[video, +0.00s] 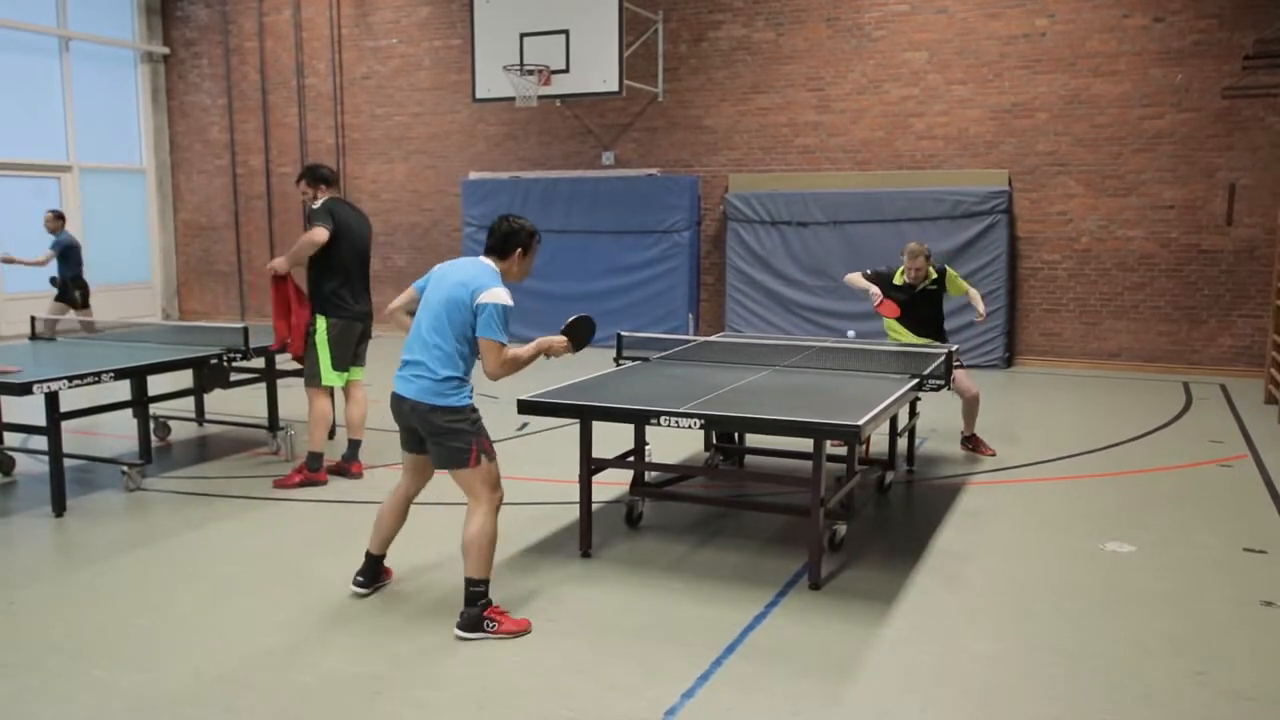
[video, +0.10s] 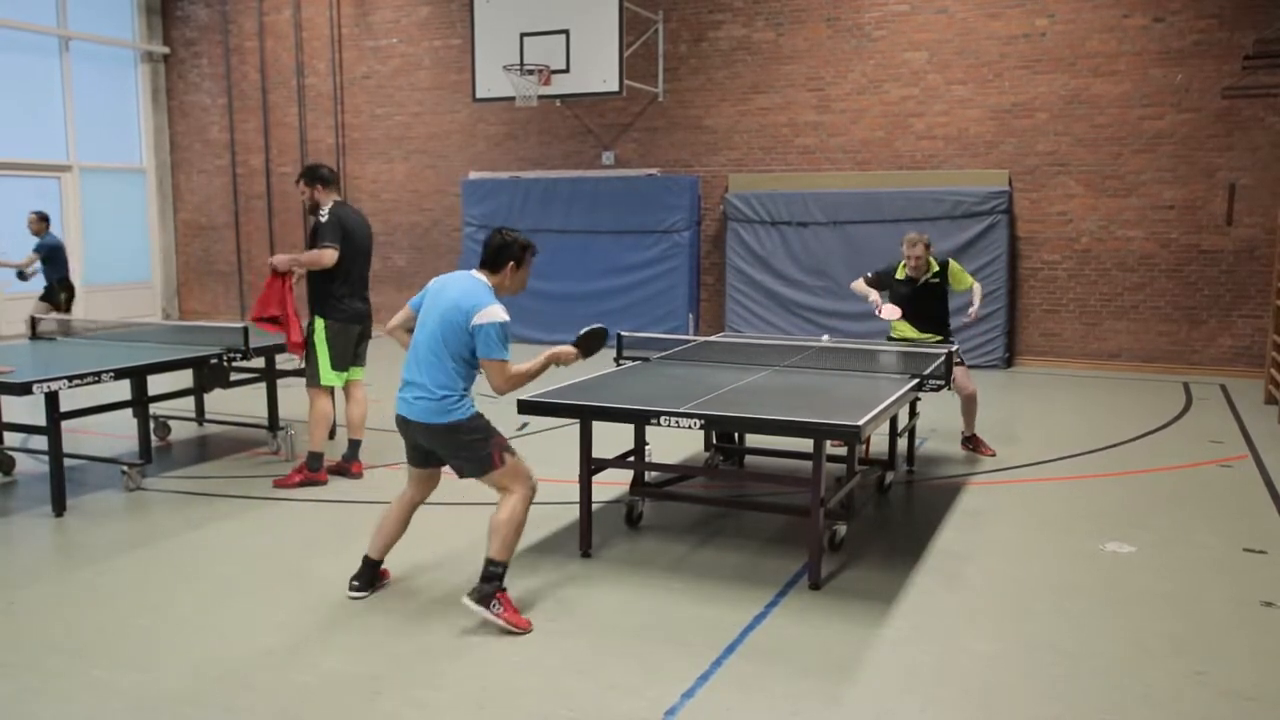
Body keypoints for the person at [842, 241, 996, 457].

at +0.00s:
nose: (913, 274)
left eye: (918, 269)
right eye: (909, 269)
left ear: (928, 265)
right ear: (903, 264)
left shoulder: (941, 275)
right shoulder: (889, 277)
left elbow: (969, 291)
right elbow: (849, 278)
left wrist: (980, 308)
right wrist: (870, 287)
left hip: (937, 351)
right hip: (900, 351)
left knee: (971, 394)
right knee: (871, 391)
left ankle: (969, 437)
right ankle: (857, 437)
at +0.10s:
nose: (913, 263)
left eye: (918, 258)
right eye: (909, 258)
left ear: (929, 254)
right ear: (903, 255)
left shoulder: (945, 268)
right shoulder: (893, 272)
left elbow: (974, 286)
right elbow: (856, 284)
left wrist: (975, 305)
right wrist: (871, 293)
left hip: (939, 344)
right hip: (900, 344)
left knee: (969, 391)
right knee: (873, 387)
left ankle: (969, 436)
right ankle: (859, 437)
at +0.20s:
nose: (910, 254)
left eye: (915, 249)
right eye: (906, 249)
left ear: (926, 246)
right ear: (901, 248)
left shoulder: (945, 261)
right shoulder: (894, 268)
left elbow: (974, 282)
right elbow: (865, 289)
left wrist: (969, 305)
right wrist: (871, 298)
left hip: (940, 334)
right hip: (903, 332)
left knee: (965, 388)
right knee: (871, 378)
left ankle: (971, 436)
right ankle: (863, 436)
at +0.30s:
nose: (906, 254)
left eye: (910, 248)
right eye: (902, 249)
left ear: (921, 246)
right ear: (897, 249)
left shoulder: (941, 264)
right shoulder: (890, 272)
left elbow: (971, 286)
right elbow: (872, 297)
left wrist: (961, 308)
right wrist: (873, 306)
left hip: (937, 337)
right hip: (901, 336)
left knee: (963, 392)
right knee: (877, 384)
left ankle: (975, 436)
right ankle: (864, 436)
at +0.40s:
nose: (898, 254)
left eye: (902, 248)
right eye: (893, 249)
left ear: (913, 246)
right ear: (887, 249)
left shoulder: (932, 266)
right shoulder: (882, 273)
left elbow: (962, 291)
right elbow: (867, 303)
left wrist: (946, 311)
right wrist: (873, 311)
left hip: (931, 341)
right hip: (895, 341)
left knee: (959, 390)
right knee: (873, 388)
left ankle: (975, 435)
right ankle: (864, 440)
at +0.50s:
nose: (890, 243)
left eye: (894, 238)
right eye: (885, 239)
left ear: (905, 236)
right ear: (880, 239)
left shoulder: (924, 254)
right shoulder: (876, 265)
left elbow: (951, 282)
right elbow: (866, 294)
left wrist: (932, 303)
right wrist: (866, 307)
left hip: (927, 331)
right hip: (891, 331)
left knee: (953, 383)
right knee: (869, 381)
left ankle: (973, 434)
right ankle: (864, 441)